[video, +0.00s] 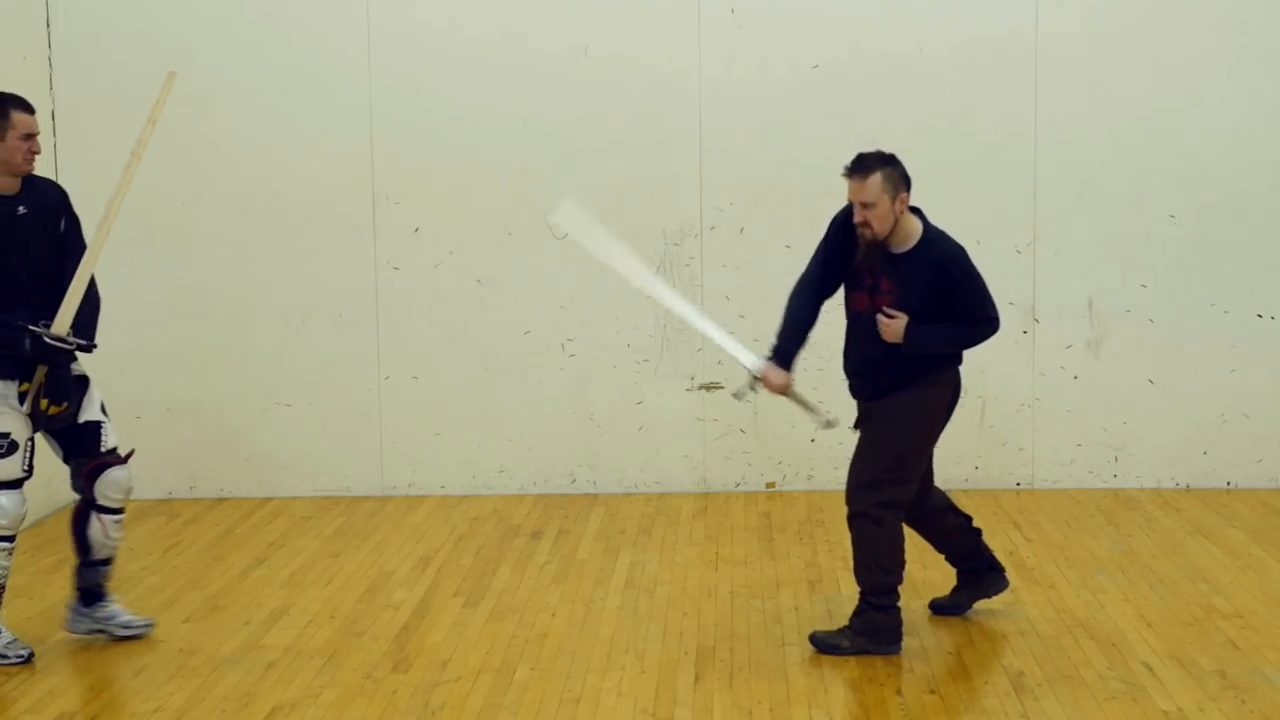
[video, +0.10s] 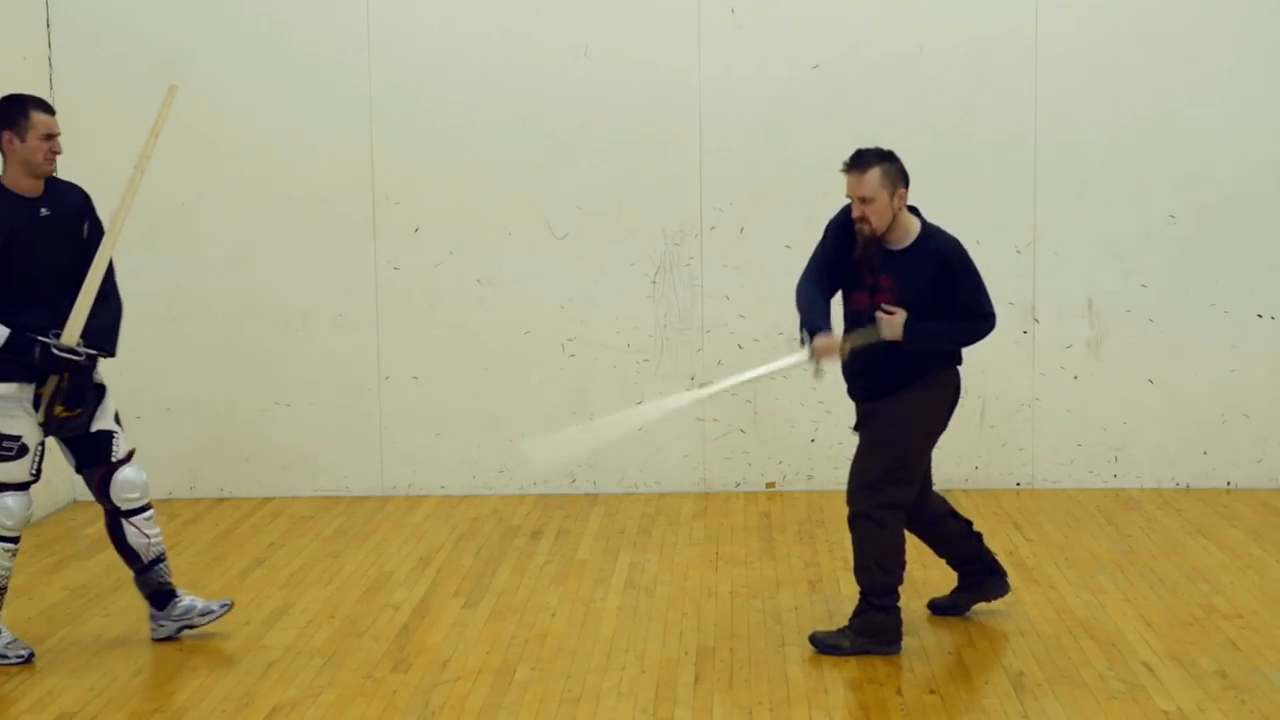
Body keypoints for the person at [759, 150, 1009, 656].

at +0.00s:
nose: (857, 217)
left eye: (869, 206)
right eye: (853, 205)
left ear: (902, 201)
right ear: (849, 199)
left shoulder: (941, 256)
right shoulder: (849, 229)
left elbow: (984, 322)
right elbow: (812, 288)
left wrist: (913, 333)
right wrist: (782, 359)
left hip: (923, 392)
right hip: (875, 392)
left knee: (870, 495)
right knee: (909, 492)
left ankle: (878, 623)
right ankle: (980, 569)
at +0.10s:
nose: (857, 213)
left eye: (867, 202)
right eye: (852, 202)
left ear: (900, 196)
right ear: (849, 196)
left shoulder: (941, 251)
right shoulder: (848, 228)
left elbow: (980, 321)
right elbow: (813, 285)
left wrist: (910, 328)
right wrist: (818, 328)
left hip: (924, 391)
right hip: (874, 393)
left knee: (871, 496)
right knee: (909, 497)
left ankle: (878, 623)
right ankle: (981, 572)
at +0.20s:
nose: (852, 194)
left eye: (861, 184)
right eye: (848, 184)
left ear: (896, 182)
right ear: (847, 183)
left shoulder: (940, 242)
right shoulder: (852, 224)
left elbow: (978, 317)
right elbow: (816, 268)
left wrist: (906, 317)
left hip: (927, 389)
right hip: (884, 391)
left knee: (872, 493)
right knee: (909, 497)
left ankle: (877, 623)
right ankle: (984, 578)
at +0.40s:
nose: (864, 184)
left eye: (872, 173)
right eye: (864, 174)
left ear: (906, 175)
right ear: (898, 179)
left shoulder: (933, 222)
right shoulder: (891, 244)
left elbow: (954, 287)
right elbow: (850, 303)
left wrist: (887, 295)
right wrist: (781, 297)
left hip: (925, 382)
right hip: (934, 384)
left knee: (866, 495)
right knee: (933, 496)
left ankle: (883, 625)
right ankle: (992, 589)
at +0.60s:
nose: (865, 193)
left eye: (869, 182)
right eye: (865, 182)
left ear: (898, 185)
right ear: (908, 186)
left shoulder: (908, 247)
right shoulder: (941, 236)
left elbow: (910, 330)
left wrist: (863, 319)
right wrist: (830, 246)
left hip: (913, 401)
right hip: (948, 396)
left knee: (849, 506)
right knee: (921, 497)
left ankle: (892, 629)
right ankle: (989, 586)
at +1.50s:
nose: (892, 220)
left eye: (903, 215)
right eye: (894, 210)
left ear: (938, 222)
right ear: (927, 217)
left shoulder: (971, 288)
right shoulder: (905, 231)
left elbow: (970, 371)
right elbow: (847, 260)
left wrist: (902, 337)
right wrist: (787, 309)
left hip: (931, 406)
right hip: (903, 396)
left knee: (866, 504)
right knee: (919, 496)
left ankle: (895, 629)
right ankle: (986, 579)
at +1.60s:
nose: (900, 226)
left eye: (911, 220)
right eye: (901, 216)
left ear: (946, 224)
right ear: (905, 208)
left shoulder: (980, 287)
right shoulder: (902, 233)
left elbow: (983, 368)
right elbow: (859, 276)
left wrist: (915, 334)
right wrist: (848, 346)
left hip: (935, 400)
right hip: (888, 388)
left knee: (868, 503)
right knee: (903, 493)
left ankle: (896, 628)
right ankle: (979, 572)